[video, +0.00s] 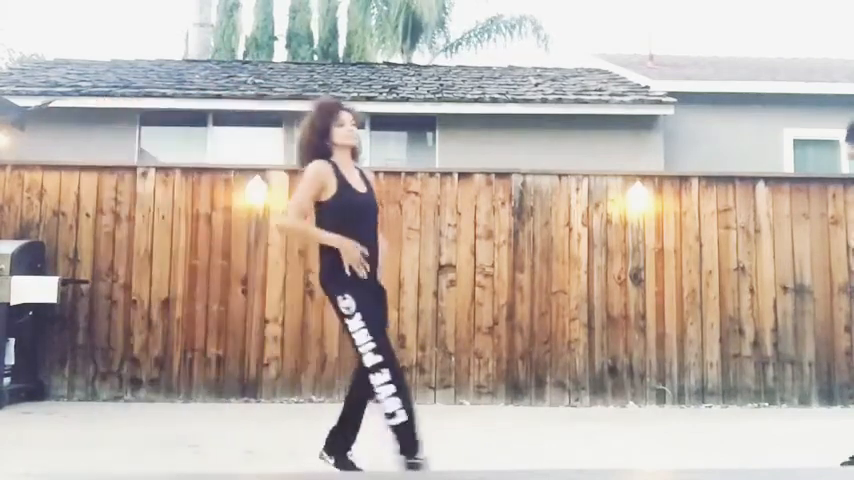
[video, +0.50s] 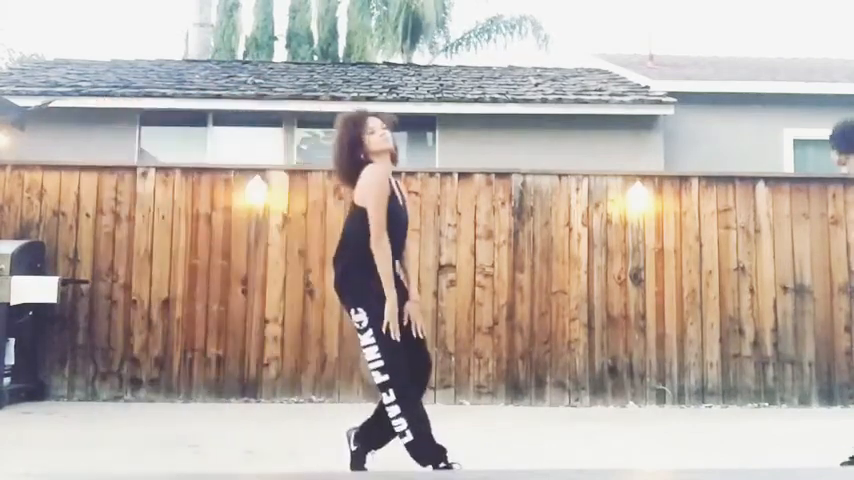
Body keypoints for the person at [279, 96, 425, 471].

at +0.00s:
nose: (352, 129)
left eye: (353, 124)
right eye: (343, 125)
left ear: (355, 131)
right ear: (326, 133)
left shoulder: (363, 174)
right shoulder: (319, 169)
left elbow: (363, 221)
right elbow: (291, 220)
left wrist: (378, 246)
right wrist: (342, 242)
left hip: (371, 275)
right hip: (341, 277)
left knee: (372, 361)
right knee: (380, 358)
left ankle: (338, 444)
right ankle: (409, 445)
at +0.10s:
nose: (358, 131)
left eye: (359, 126)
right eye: (348, 128)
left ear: (363, 133)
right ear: (333, 137)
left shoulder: (371, 176)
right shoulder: (333, 171)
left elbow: (378, 232)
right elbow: (315, 225)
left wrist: (389, 275)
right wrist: (357, 259)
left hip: (378, 274)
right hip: (347, 276)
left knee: (392, 357)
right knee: (386, 359)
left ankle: (347, 440)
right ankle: (431, 446)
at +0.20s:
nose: (364, 129)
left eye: (364, 124)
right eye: (354, 127)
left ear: (369, 132)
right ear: (340, 139)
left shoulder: (380, 179)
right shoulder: (345, 171)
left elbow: (388, 238)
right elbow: (336, 230)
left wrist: (402, 281)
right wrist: (373, 273)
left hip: (384, 279)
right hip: (356, 279)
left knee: (407, 361)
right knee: (391, 365)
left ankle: (357, 438)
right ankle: (434, 452)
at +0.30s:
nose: (370, 129)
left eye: (369, 124)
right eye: (360, 127)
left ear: (375, 131)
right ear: (347, 141)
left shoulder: (385, 178)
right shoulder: (356, 170)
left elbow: (393, 239)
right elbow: (357, 232)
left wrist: (406, 287)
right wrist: (382, 284)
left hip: (387, 276)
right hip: (360, 278)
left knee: (414, 362)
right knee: (390, 368)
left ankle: (362, 437)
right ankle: (433, 455)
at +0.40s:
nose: (377, 131)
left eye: (377, 126)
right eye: (367, 129)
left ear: (383, 133)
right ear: (354, 143)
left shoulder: (387, 176)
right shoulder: (367, 171)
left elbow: (394, 243)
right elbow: (369, 235)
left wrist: (411, 291)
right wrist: (388, 291)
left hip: (386, 278)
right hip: (361, 278)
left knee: (418, 362)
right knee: (391, 366)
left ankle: (366, 437)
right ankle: (431, 456)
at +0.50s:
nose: (385, 133)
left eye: (384, 128)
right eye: (375, 131)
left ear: (389, 135)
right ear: (362, 145)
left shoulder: (392, 178)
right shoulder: (375, 174)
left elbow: (396, 245)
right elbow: (377, 239)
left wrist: (410, 295)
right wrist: (390, 296)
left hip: (383, 278)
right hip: (360, 279)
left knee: (418, 362)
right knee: (391, 367)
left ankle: (366, 437)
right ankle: (431, 456)